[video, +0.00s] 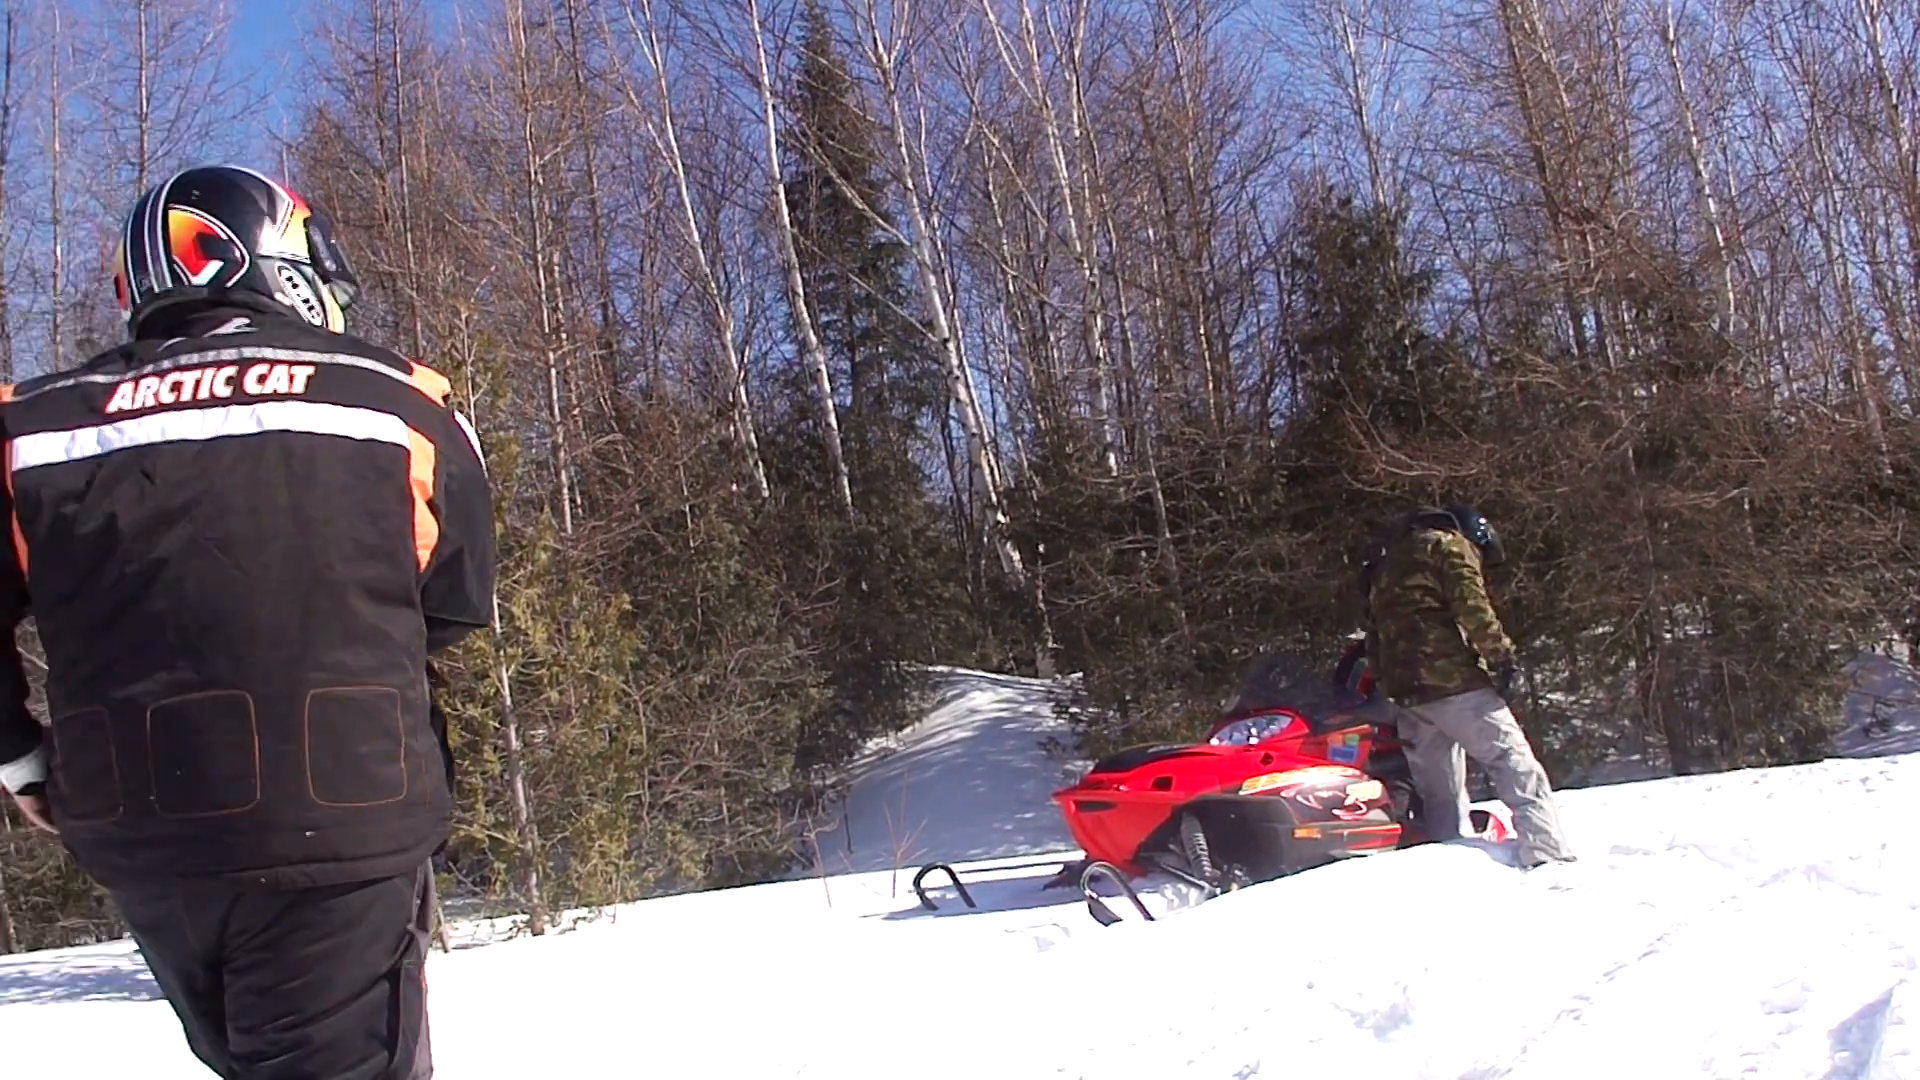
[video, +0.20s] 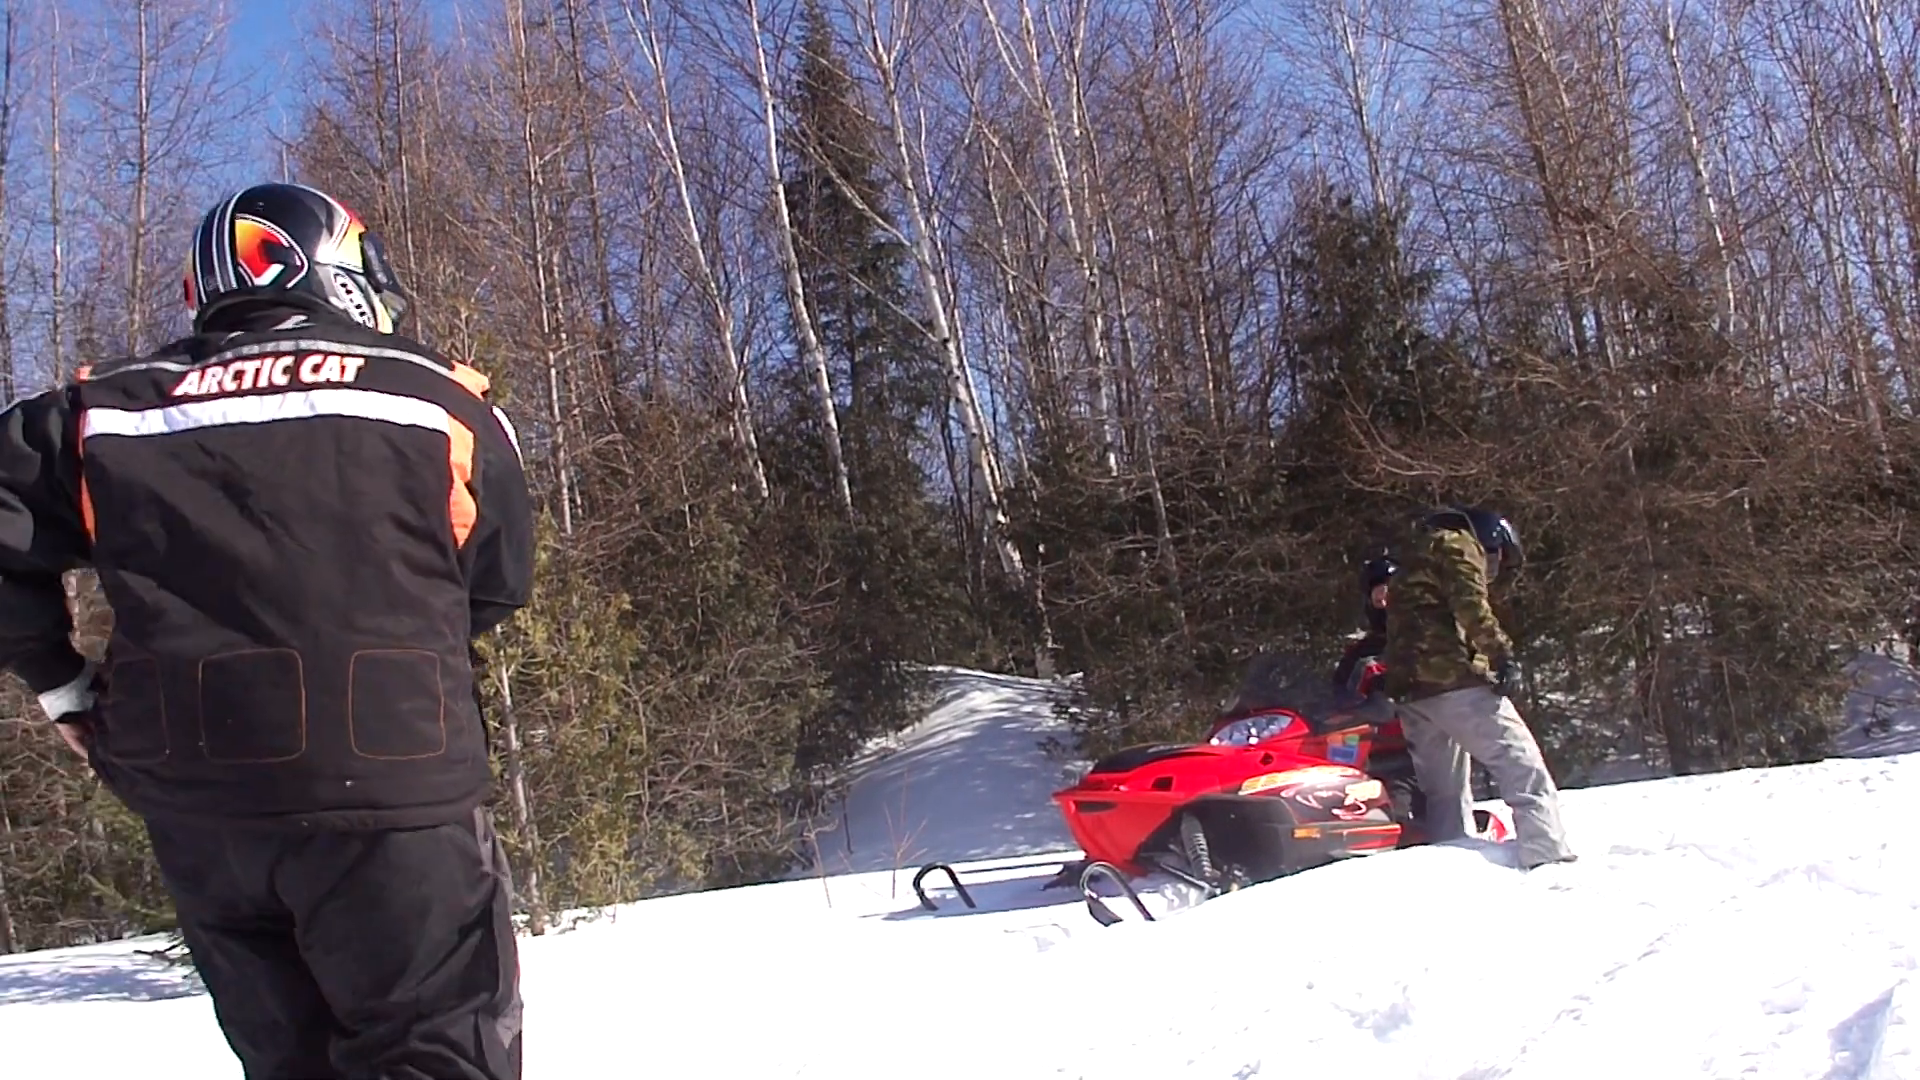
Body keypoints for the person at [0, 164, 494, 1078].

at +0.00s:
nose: (337, 285)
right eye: (323, 264)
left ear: (135, 283)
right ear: (297, 266)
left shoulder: (25, 418)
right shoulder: (410, 398)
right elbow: (459, 600)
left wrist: (21, 758)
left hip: (140, 844)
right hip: (347, 828)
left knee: (251, 1057)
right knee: (326, 1061)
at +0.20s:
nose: (385, 286)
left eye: (375, 267)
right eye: (373, 267)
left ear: (207, 284)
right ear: (347, 274)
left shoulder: (100, 406)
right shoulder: (444, 397)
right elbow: (499, 580)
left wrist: (64, 687)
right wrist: (407, 640)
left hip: (198, 815)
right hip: (395, 810)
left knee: (284, 1061)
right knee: (434, 1053)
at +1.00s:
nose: (670, 382)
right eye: (662, 368)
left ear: (529, 388)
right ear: (645, 374)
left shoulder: (461, 498)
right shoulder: (737, 485)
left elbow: (391, 629)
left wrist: (455, 754)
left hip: (543, 812)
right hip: (694, 807)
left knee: (623, 1002)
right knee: (675, 1027)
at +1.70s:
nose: (852, 455)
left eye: (845, 444)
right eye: (844, 443)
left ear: (740, 454)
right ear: (829, 449)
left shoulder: (677, 549)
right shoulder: (890, 529)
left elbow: (614, 642)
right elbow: (949, 642)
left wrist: (660, 751)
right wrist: (897, 696)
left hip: (733, 804)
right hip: (861, 799)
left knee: (782, 950)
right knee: (897, 962)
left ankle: (707, 1051)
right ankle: (862, 1070)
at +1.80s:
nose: (856, 448)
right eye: (849, 437)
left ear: (751, 449)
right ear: (841, 442)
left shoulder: (696, 539)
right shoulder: (901, 511)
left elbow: (635, 636)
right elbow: (954, 628)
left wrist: (673, 752)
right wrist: (906, 675)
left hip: (752, 773)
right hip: (876, 768)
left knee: (812, 910)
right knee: (894, 951)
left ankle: (762, 1001)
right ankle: (866, 1071)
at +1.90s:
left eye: (764, 432)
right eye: (850, 427)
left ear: (762, 443)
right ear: (848, 433)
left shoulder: (713, 535)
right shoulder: (912, 501)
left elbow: (657, 633)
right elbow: (965, 612)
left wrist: (687, 746)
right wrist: (919, 653)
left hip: (770, 757)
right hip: (892, 750)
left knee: (841, 880)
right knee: (888, 932)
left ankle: (800, 1012)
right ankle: (869, 1069)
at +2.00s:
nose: (871, 442)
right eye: (865, 430)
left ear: (772, 450)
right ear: (862, 437)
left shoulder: (728, 539)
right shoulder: (926, 502)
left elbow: (685, 648)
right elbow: (981, 606)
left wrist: (718, 748)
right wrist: (939, 659)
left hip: (784, 755)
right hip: (903, 746)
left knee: (887, 894)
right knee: (885, 927)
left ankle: (896, 1047)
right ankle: (862, 1069)